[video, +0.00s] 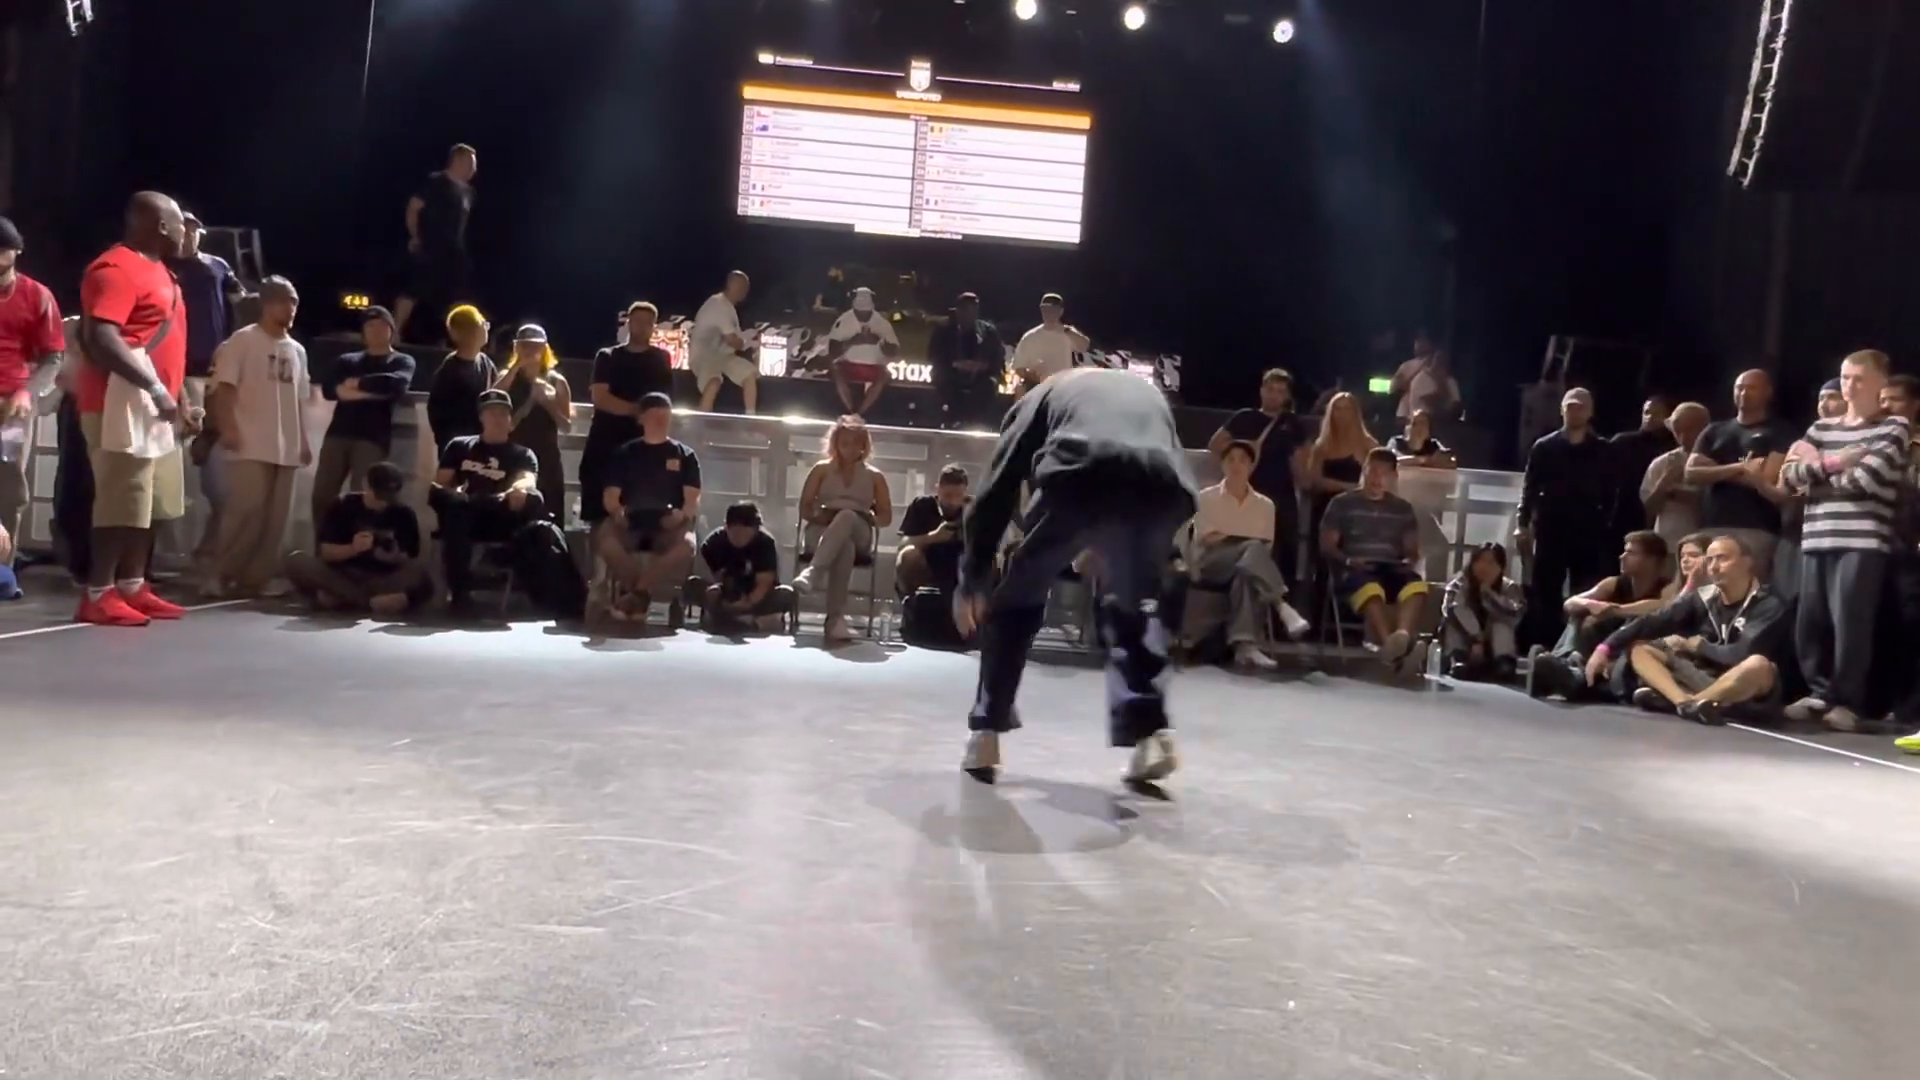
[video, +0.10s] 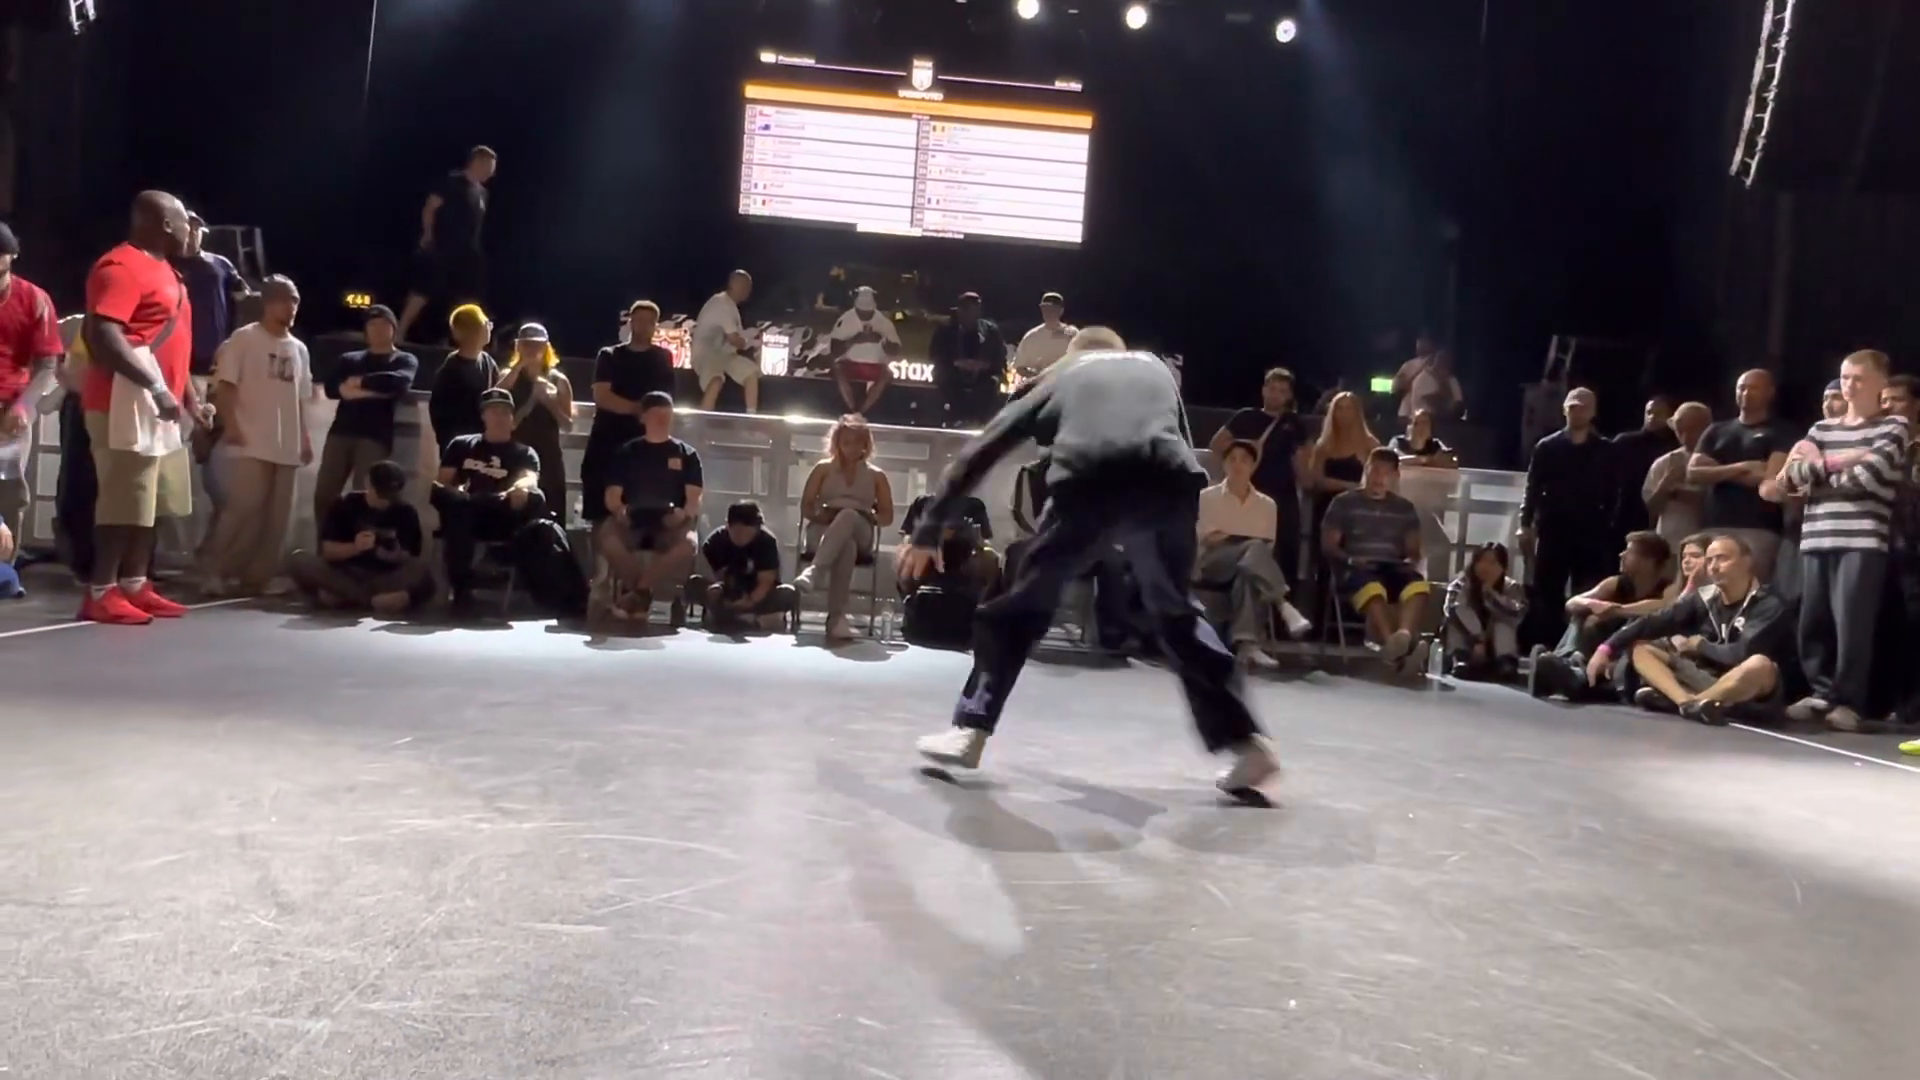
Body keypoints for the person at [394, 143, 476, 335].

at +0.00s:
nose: (474, 167)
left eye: (475, 162)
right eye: (471, 161)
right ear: (458, 161)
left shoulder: (467, 191)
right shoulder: (436, 181)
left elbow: (461, 221)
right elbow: (413, 207)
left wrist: (458, 242)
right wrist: (414, 237)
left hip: (455, 249)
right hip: (429, 246)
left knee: (457, 294)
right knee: (412, 292)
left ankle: (458, 340)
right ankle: (395, 332)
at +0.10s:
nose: (491, 171)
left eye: (493, 166)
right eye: (489, 165)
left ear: (490, 166)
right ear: (477, 162)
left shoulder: (482, 192)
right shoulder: (454, 181)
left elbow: (475, 221)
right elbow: (430, 207)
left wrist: (473, 243)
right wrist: (427, 235)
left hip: (468, 249)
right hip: (443, 246)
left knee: (466, 296)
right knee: (423, 291)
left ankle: (461, 341)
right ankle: (400, 333)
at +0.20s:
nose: (508, 171)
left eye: (509, 167)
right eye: (505, 165)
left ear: (507, 168)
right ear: (492, 163)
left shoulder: (498, 192)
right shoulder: (471, 181)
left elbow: (489, 221)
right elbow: (448, 204)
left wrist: (487, 244)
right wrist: (441, 231)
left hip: (484, 248)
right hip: (460, 244)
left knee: (483, 293)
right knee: (446, 288)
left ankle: (479, 339)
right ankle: (420, 329)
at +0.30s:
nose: (522, 172)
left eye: (523, 167)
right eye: (520, 166)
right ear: (509, 163)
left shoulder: (511, 193)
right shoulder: (487, 182)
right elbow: (462, 205)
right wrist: (454, 230)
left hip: (496, 249)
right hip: (478, 246)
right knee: (474, 292)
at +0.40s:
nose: (535, 171)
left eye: (536, 166)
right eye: (532, 165)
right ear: (521, 164)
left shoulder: (522, 192)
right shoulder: (502, 183)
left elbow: (518, 227)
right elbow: (476, 204)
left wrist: (521, 253)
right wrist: (468, 230)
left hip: (511, 253)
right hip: (494, 250)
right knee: (495, 300)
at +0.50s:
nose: (548, 174)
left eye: (549, 169)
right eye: (544, 168)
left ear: (549, 170)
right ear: (532, 166)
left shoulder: (534, 193)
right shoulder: (515, 186)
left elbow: (534, 230)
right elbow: (491, 209)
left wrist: (543, 254)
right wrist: (484, 233)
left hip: (528, 254)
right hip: (505, 251)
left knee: (527, 302)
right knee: (494, 297)